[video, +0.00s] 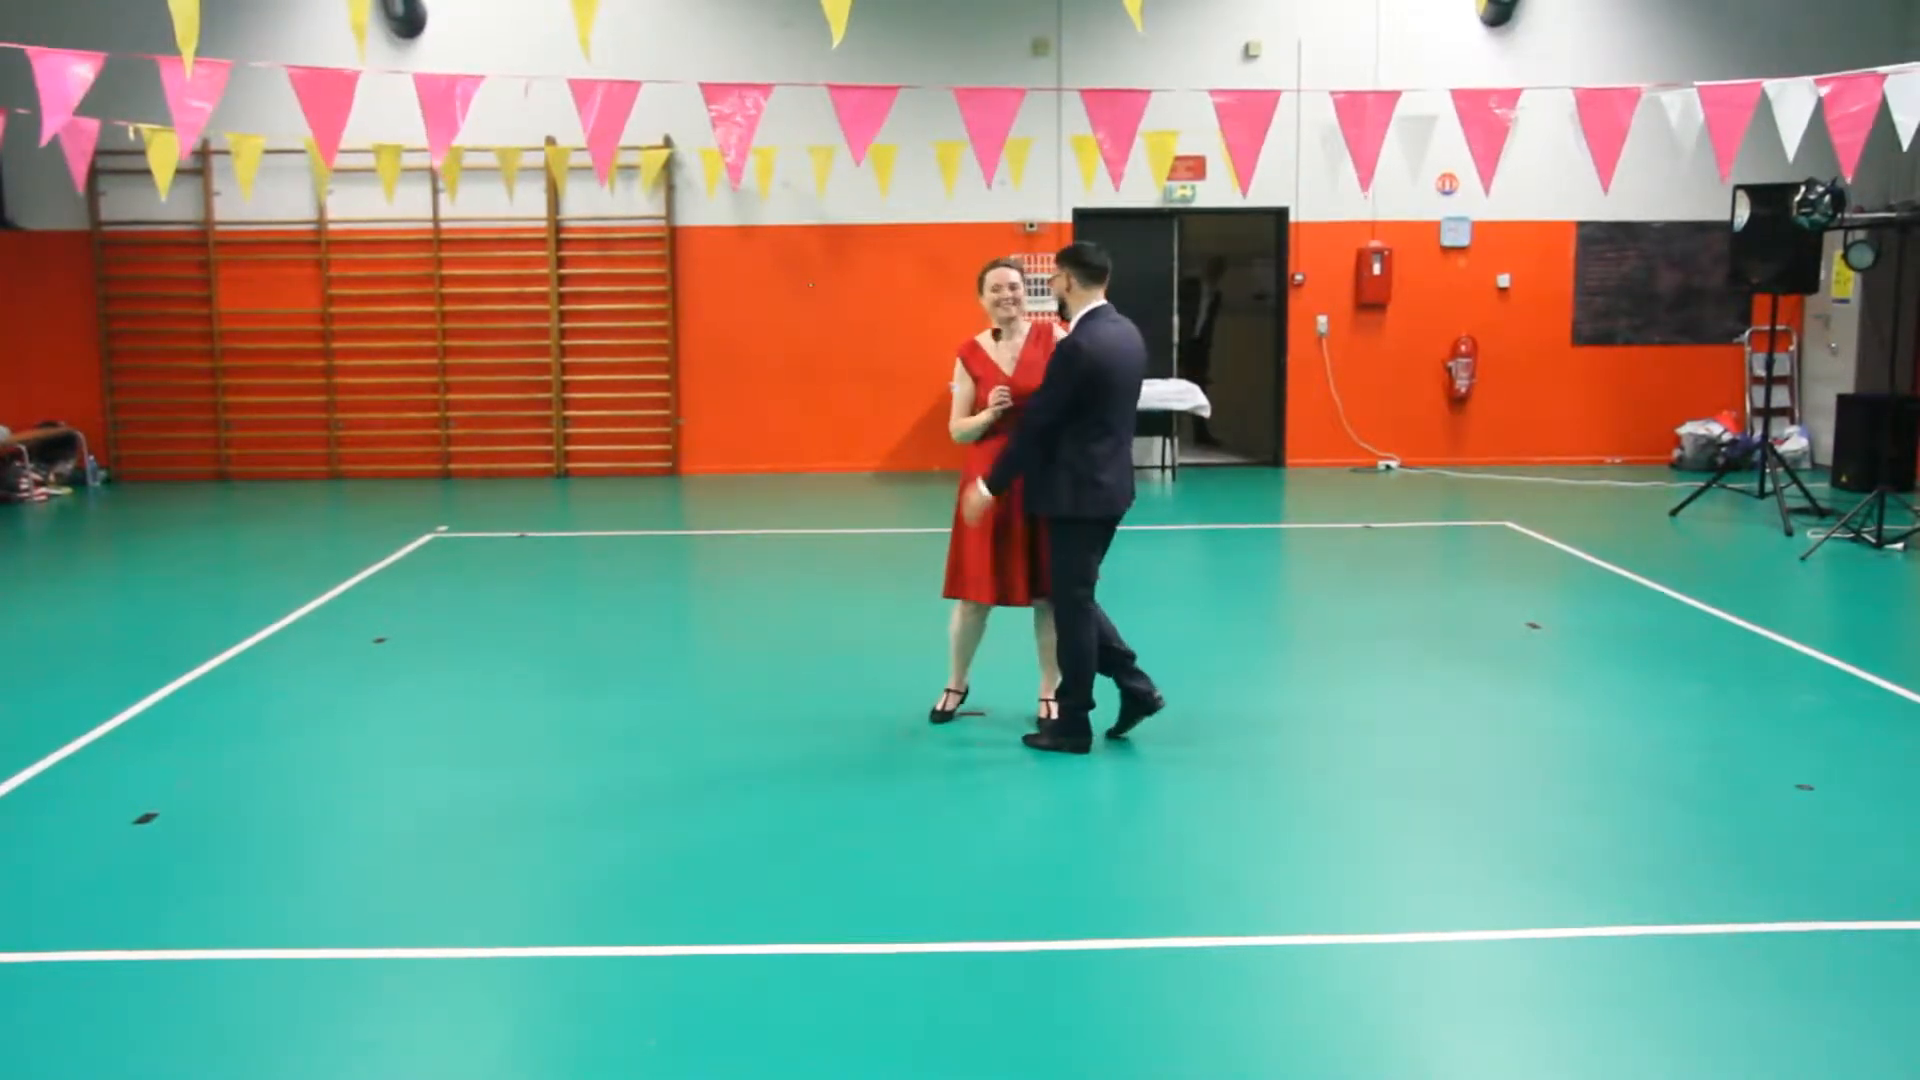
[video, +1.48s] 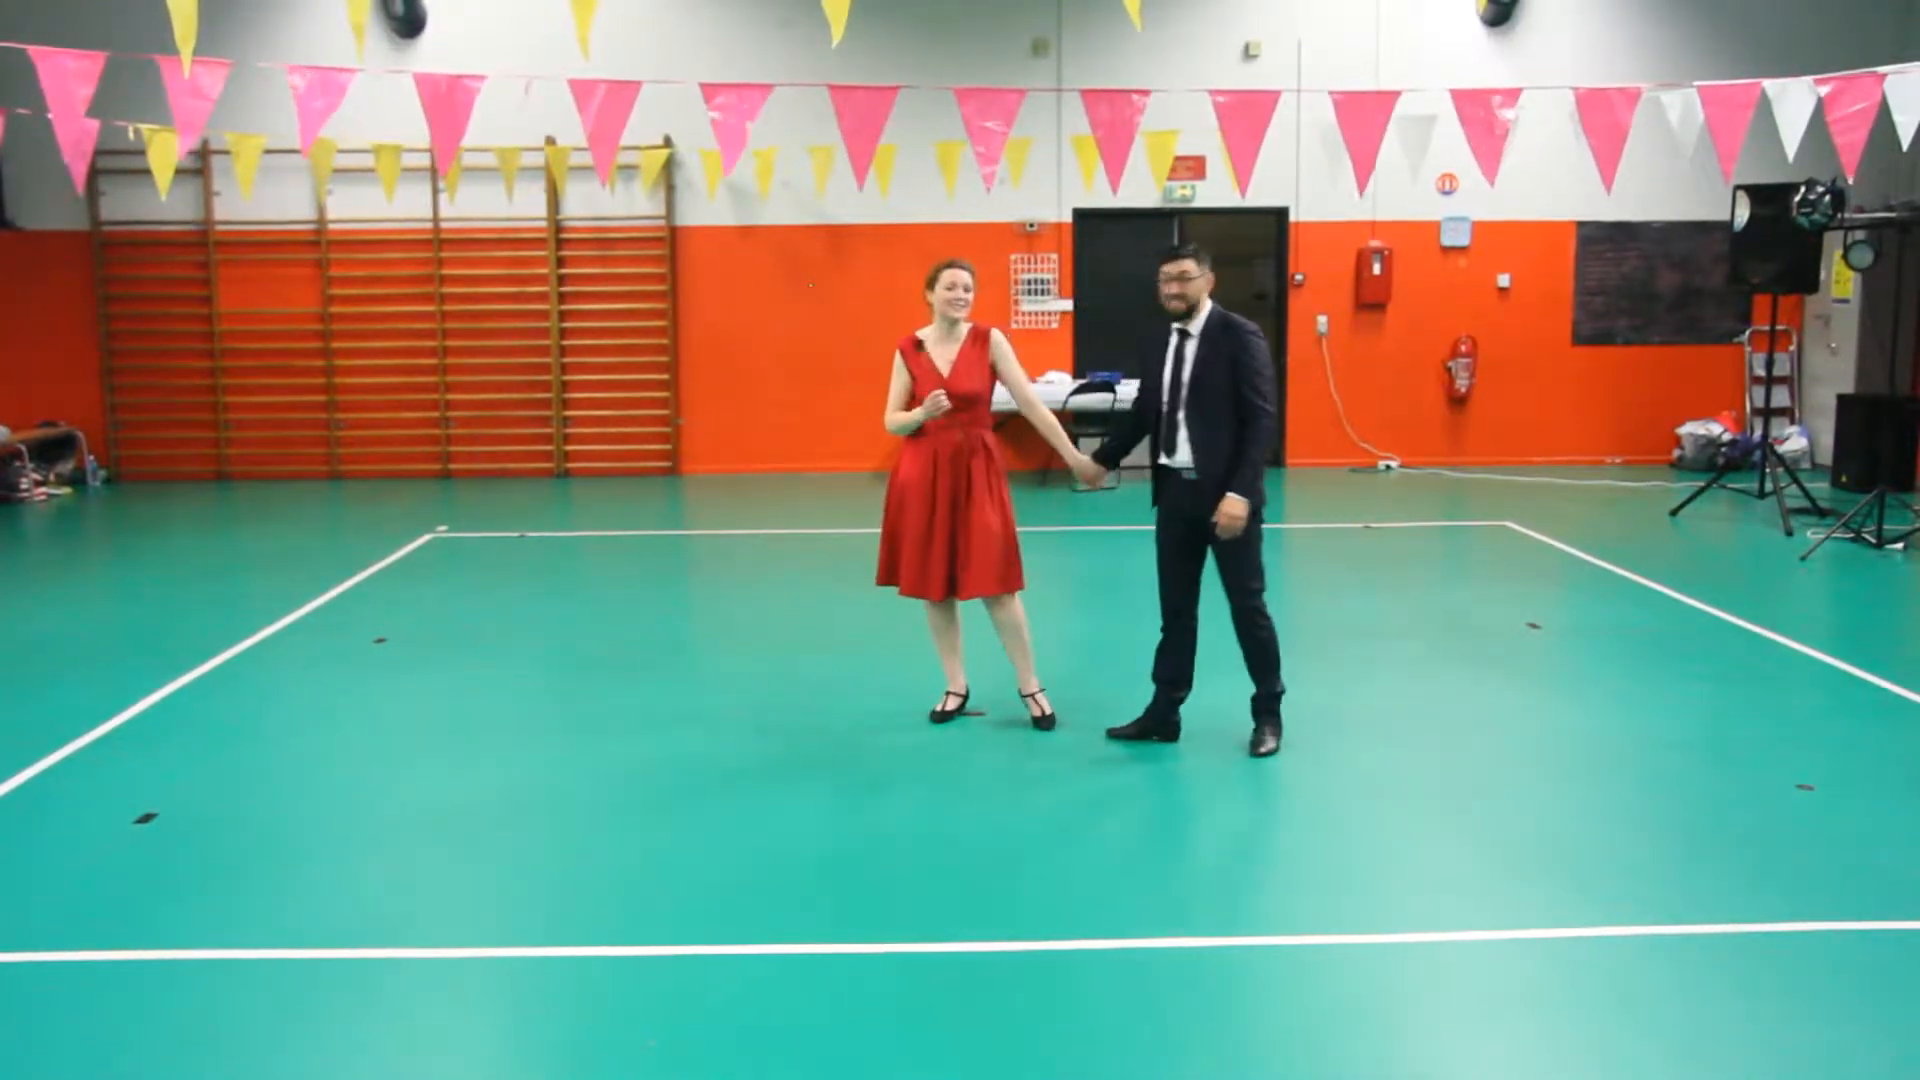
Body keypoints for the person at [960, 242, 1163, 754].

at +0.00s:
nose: (1051, 286)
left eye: (1054, 277)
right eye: (1053, 277)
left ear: (1068, 282)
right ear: (1103, 281)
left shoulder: (1079, 345)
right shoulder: (1127, 335)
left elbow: (1038, 419)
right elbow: (1100, 412)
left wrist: (993, 480)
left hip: (1075, 493)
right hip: (1108, 486)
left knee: (1072, 601)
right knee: (1072, 595)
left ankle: (1070, 724)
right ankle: (1136, 688)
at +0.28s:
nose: (1057, 284)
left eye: (1062, 275)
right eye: (1058, 275)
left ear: (1084, 279)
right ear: (1103, 279)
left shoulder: (1101, 341)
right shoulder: (1126, 330)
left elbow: (1095, 434)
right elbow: (1109, 421)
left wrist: (1076, 509)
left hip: (1096, 497)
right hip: (1115, 493)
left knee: (1083, 608)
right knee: (1110, 601)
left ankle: (1073, 722)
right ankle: (1155, 703)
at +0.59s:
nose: (1071, 292)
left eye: (1076, 282)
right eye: (1071, 283)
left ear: (1105, 283)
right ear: (1097, 284)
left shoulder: (1145, 336)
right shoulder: (1097, 333)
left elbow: (1163, 423)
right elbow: (1093, 406)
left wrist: (1157, 501)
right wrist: (1048, 448)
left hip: (1136, 497)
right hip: (1115, 493)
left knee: (1106, 610)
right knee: (1149, 609)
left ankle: (1078, 725)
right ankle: (1164, 713)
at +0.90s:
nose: (1085, 295)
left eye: (1091, 285)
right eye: (1084, 286)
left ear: (1123, 283)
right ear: (1110, 287)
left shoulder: (1169, 335)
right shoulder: (1115, 339)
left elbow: (1192, 422)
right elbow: (1108, 420)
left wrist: (1187, 499)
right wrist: (1069, 473)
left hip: (1166, 495)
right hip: (1134, 493)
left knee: (1163, 612)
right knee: (1154, 609)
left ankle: (1173, 730)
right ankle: (1158, 713)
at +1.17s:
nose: (1117, 293)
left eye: (1126, 283)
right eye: (1114, 285)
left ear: (1160, 280)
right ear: (1123, 290)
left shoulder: (1199, 334)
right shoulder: (1141, 340)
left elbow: (1217, 421)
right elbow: (1123, 415)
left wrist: (1199, 493)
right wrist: (1084, 472)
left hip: (1195, 491)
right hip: (1148, 490)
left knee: (1209, 604)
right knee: (1163, 610)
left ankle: (1263, 710)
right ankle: (1162, 713)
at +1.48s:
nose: (1172, 289)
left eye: (1183, 279)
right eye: (1165, 281)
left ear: (1209, 282)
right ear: (1159, 288)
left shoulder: (1241, 338)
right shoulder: (1159, 341)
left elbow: (1261, 420)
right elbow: (1145, 411)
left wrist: (1242, 493)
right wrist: (1103, 461)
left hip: (1230, 491)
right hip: (1175, 490)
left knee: (1247, 607)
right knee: (1175, 609)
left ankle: (1267, 713)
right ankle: (1164, 712)